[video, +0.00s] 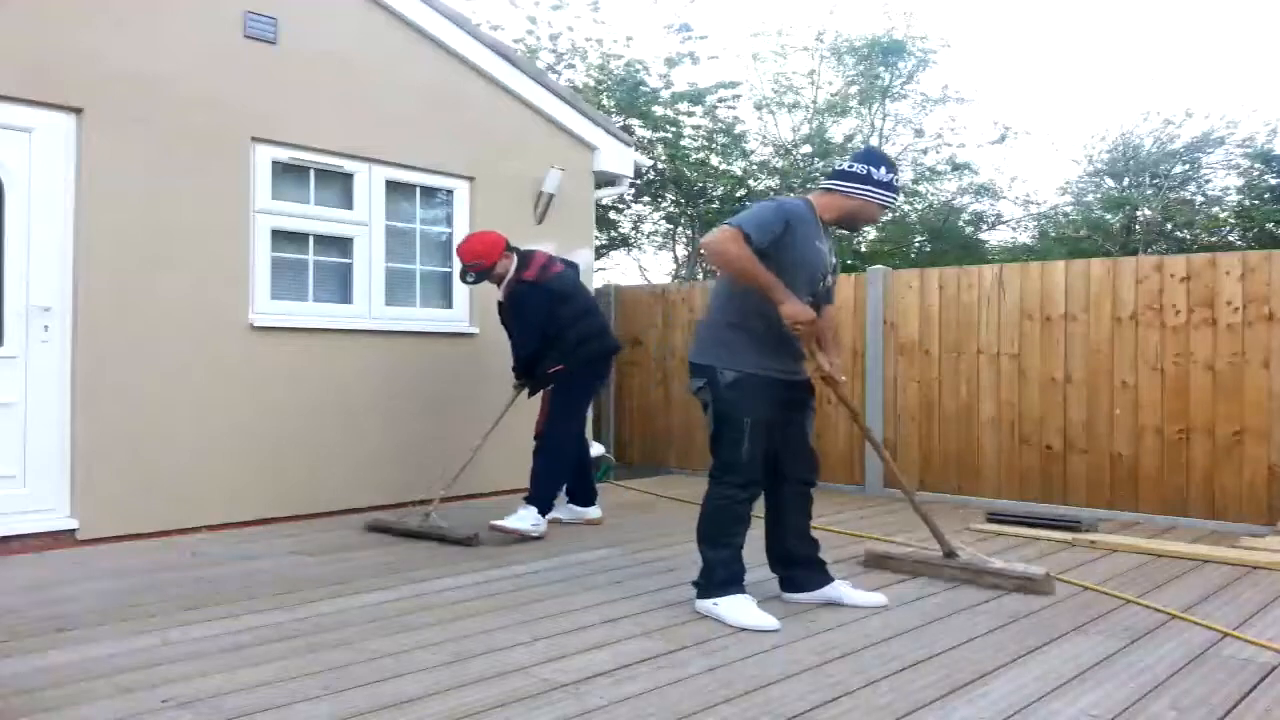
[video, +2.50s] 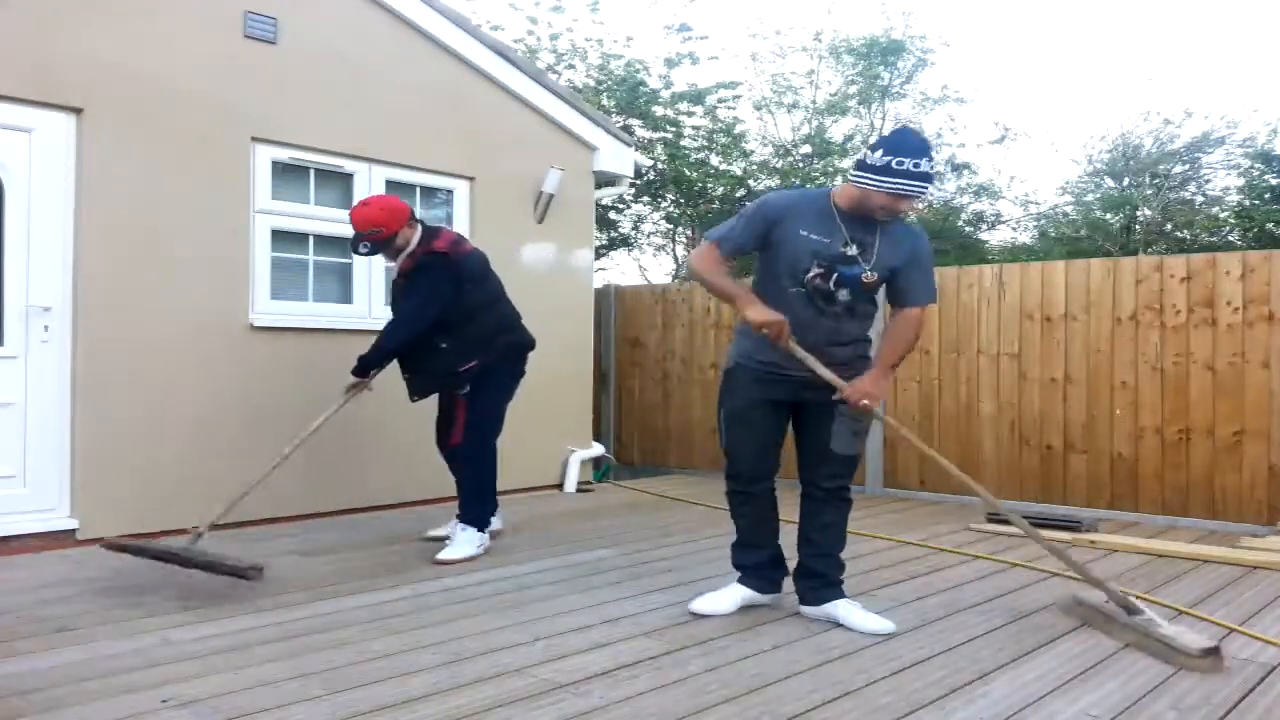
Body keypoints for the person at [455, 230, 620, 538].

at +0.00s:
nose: (486, 280)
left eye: (486, 273)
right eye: (482, 275)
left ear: (501, 259)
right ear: (506, 254)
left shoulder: (520, 292)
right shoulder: (539, 264)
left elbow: (526, 343)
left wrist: (525, 372)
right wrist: (535, 364)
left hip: (576, 358)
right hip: (593, 350)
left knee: (553, 430)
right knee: (568, 428)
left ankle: (535, 511)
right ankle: (583, 503)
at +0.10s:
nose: (483, 282)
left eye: (483, 275)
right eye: (478, 277)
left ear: (498, 261)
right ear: (500, 257)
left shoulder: (526, 288)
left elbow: (528, 339)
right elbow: (521, 332)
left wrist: (516, 371)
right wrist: (518, 366)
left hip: (577, 358)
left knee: (549, 434)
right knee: (564, 430)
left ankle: (533, 515)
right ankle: (582, 503)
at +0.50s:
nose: (463, 277)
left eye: (464, 270)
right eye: (458, 271)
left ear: (481, 255)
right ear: (485, 250)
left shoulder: (509, 286)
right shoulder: (510, 260)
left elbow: (497, 340)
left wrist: (462, 376)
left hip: (558, 359)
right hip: (570, 351)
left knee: (534, 437)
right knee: (561, 430)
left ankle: (528, 517)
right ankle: (580, 503)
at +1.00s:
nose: (446, 264)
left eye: (447, 257)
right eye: (442, 259)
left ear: (464, 241)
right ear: (466, 239)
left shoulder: (490, 272)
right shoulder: (489, 257)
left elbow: (470, 330)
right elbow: (474, 323)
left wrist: (440, 373)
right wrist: (451, 365)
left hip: (544, 358)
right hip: (530, 358)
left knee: (523, 435)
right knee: (514, 434)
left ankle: (529, 517)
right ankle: (522, 509)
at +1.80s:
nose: (415, 273)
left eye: (419, 266)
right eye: (412, 268)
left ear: (438, 250)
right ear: (435, 251)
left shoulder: (472, 274)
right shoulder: (436, 280)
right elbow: (447, 331)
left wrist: (446, 372)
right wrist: (447, 364)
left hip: (523, 355)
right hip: (496, 359)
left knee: (493, 440)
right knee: (504, 434)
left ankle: (477, 527)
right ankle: (523, 510)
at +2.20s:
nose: (391, 267)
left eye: (393, 259)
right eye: (387, 261)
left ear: (413, 243)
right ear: (416, 240)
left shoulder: (443, 275)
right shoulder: (442, 255)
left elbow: (427, 338)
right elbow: (431, 331)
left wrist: (387, 382)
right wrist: (394, 378)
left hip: (502, 357)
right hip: (511, 349)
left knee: (478, 442)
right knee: (498, 432)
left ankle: (473, 530)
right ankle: (516, 508)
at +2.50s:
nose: (382, 254)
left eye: (383, 246)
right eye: (377, 248)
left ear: (404, 230)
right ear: (405, 229)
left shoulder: (435, 263)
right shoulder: (429, 250)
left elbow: (409, 324)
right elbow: (414, 319)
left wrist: (366, 366)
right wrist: (375, 362)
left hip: (494, 358)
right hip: (466, 360)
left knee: (474, 440)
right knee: (453, 439)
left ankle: (474, 528)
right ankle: (480, 511)